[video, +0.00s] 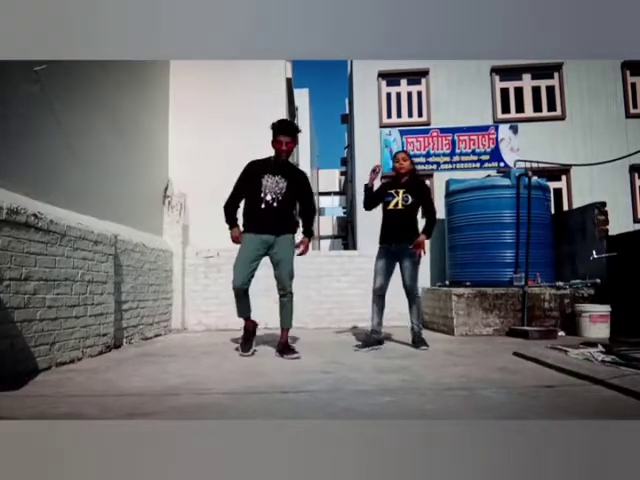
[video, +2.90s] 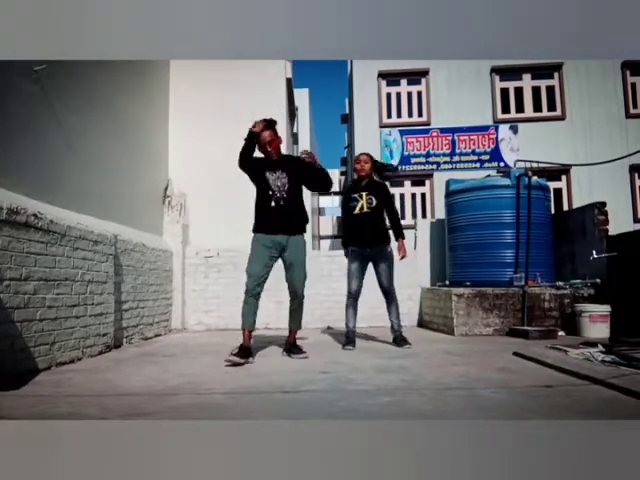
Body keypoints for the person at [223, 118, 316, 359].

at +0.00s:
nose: (285, 148)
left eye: (289, 143)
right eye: (280, 143)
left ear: (295, 145)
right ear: (273, 142)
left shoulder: (298, 176)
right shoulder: (254, 169)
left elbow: (308, 208)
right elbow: (232, 202)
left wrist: (307, 235)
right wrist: (233, 226)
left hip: (284, 237)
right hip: (254, 235)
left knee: (285, 287)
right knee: (239, 284)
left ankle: (284, 340)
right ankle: (248, 325)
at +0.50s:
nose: (246, 146)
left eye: (250, 142)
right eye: (242, 142)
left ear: (254, 144)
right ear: (233, 143)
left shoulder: (268, 167)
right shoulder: (227, 177)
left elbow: (291, 194)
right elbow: (221, 206)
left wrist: (290, 222)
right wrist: (223, 229)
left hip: (271, 232)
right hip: (244, 236)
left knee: (284, 281)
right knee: (240, 286)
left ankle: (295, 333)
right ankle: (249, 334)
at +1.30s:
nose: (287, 141)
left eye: (291, 138)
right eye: (283, 136)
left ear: (295, 142)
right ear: (274, 137)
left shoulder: (294, 175)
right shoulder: (253, 164)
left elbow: (297, 207)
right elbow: (228, 199)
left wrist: (299, 227)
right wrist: (237, 228)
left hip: (285, 236)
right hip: (256, 236)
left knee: (291, 287)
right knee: (252, 289)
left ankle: (294, 342)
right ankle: (251, 333)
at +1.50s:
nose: (285, 141)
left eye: (290, 137)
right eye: (281, 136)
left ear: (297, 139)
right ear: (275, 136)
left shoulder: (304, 171)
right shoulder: (257, 164)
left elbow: (322, 203)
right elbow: (231, 191)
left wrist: (318, 207)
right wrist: (243, 203)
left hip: (290, 234)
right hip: (260, 234)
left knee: (294, 288)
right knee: (248, 288)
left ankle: (295, 344)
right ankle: (250, 342)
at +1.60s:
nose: (282, 139)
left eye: (287, 134)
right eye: (277, 134)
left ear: (295, 134)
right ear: (271, 134)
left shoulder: (302, 162)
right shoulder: (258, 160)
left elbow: (327, 190)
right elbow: (227, 184)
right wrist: (242, 175)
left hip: (291, 232)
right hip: (260, 232)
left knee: (294, 288)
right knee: (250, 287)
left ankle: (295, 343)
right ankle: (245, 344)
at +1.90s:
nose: (265, 139)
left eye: (269, 134)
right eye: (260, 134)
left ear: (276, 133)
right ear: (252, 134)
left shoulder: (287, 156)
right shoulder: (245, 161)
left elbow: (311, 166)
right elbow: (220, 178)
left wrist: (288, 139)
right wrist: (236, 148)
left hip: (286, 229)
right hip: (254, 230)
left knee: (292, 286)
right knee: (244, 285)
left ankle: (295, 343)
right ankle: (242, 344)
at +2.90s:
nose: (269, 147)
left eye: (272, 141)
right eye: (265, 144)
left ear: (280, 140)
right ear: (260, 146)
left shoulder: (297, 164)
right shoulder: (258, 166)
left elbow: (325, 186)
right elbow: (244, 161)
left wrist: (316, 165)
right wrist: (252, 134)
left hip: (294, 236)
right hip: (265, 236)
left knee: (297, 290)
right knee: (252, 287)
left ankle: (292, 341)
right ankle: (246, 344)